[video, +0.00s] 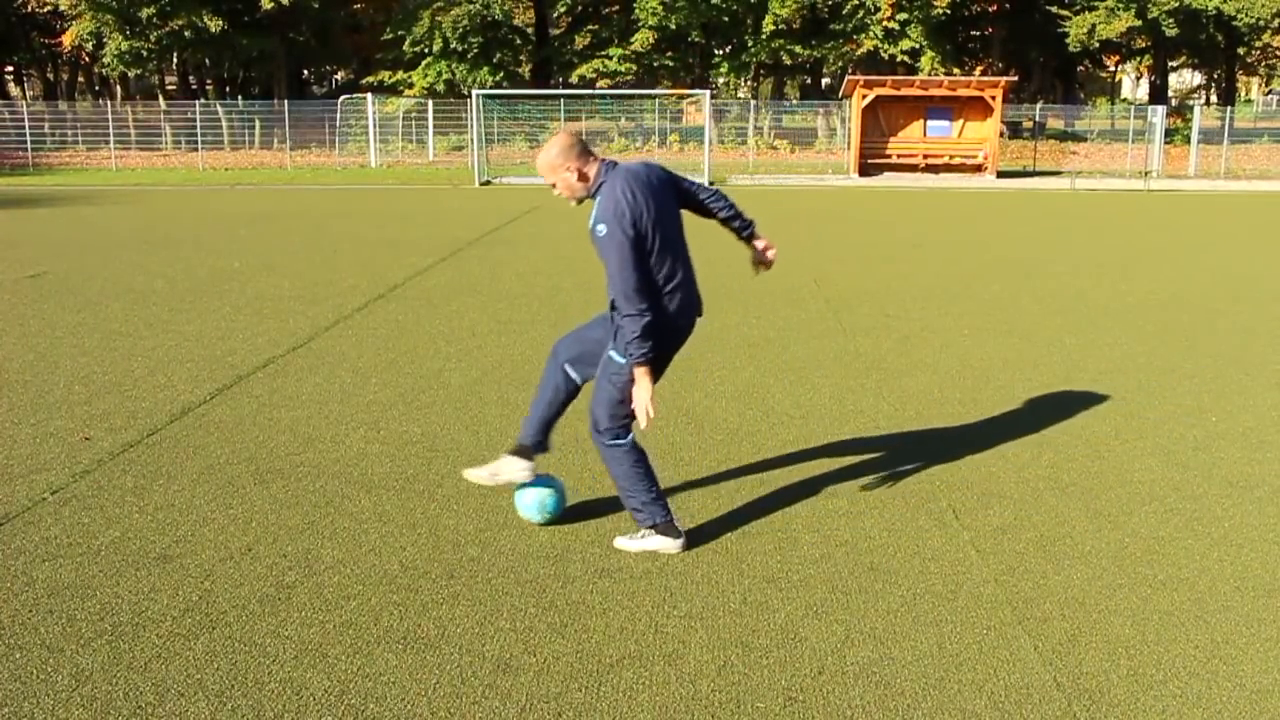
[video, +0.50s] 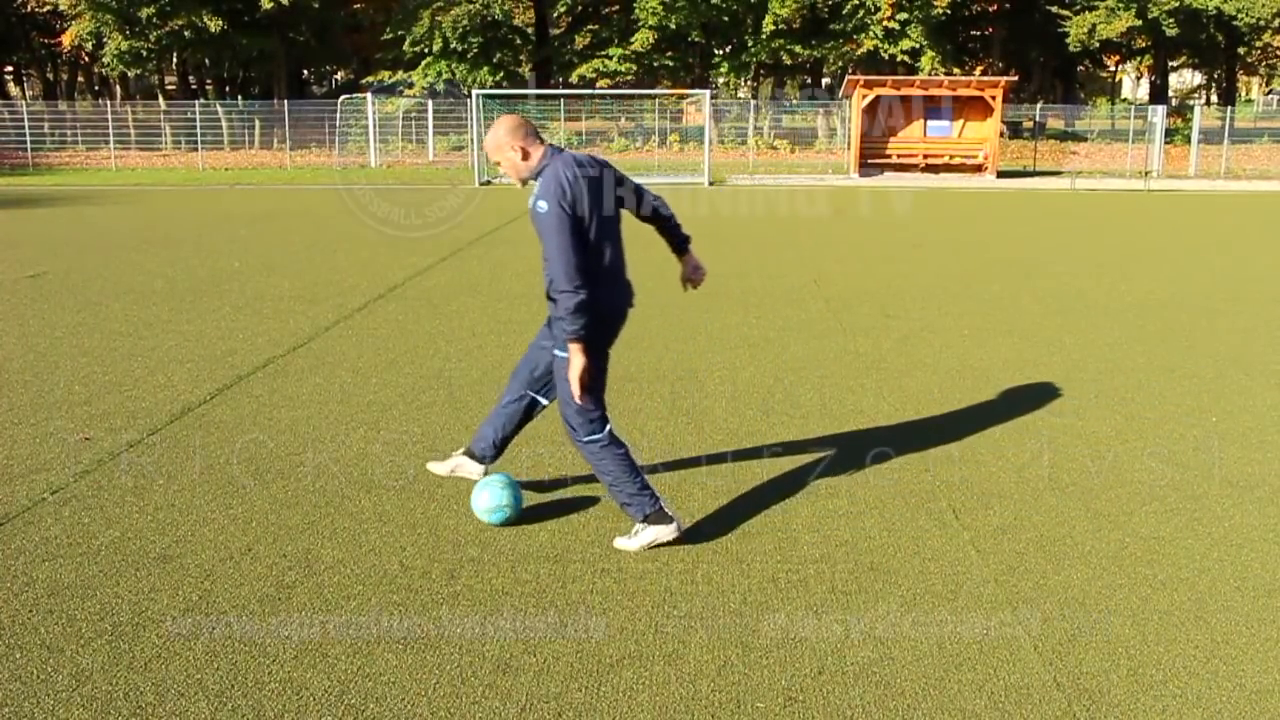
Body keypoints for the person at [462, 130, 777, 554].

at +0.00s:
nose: (555, 192)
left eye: (555, 183)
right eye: (551, 185)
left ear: (578, 169)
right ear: (581, 166)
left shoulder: (609, 215)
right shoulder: (645, 172)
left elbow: (632, 303)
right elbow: (708, 197)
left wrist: (642, 374)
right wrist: (753, 238)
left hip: (651, 323)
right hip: (672, 306)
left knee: (609, 426)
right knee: (568, 354)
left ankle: (661, 528)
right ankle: (524, 454)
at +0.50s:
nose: (502, 173)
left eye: (501, 163)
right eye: (498, 165)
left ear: (523, 151)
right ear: (530, 146)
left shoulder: (547, 193)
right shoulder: (592, 166)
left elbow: (565, 278)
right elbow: (649, 204)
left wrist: (576, 348)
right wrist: (685, 253)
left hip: (582, 316)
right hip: (608, 303)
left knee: (586, 426)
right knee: (529, 380)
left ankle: (654, 517)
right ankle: (476, 457)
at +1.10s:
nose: (412, 176)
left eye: (415, 166)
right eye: (410, 166)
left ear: (435, 165)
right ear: (458, 155)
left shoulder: (447, 206)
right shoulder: (497, 181)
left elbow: (468, 278)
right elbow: (554, 218)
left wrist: (482, 342)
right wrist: (590, 265)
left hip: (500, 311)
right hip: (531, 301)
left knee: (490, 419)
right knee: (466, 379)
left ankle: (586, 478)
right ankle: (476, 479)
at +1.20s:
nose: (398, 185)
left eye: (400, 177)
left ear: (417, 182)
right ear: (445, 164)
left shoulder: (433, 214)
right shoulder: (479, 186)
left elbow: (456, 280)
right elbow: (537, 221)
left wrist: (471, 343)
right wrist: (569, 267)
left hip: (493, 310)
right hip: (521, 300)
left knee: (468, 416)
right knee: (460, 380)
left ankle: (553, 469)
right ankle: (476, 479)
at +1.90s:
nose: (280, 181)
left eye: (282, 172)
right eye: (278, 173)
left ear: (307, 167)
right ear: (313, 165)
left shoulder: (340, 206)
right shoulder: (363, 181)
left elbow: (380, 280)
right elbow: (421, 216)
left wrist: (397, 346)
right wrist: (437, 272)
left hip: (399, 315)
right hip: (429, 302)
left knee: (334, 397)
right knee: (414, 386)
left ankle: (365, 506)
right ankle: (470, 477)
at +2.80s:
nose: (104, 127)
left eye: (108, 116)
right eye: (103, 117)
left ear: (141, 113)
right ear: (142, 115)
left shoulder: (157, 172)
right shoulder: (166, 164)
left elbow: (163, 272)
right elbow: (156, 251)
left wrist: (148, 345)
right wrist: (110, 258)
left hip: (137, 317)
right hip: (165, 312)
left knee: (62, 407)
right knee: (142, 421)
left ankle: (81, 531)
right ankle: (156, 534)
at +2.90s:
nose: (103, 125)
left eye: (109, 116)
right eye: (103, 115)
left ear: (137, 116)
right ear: (145, 115)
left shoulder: (156, 177)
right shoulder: (161, 167)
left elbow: (164, 274)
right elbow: (155, 252)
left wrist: (147, 347)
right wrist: (106, 261)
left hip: (140, 320)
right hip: (157, 314)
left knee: (85, 420)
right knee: (147, 425)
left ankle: (127, 540)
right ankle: (161, 537)